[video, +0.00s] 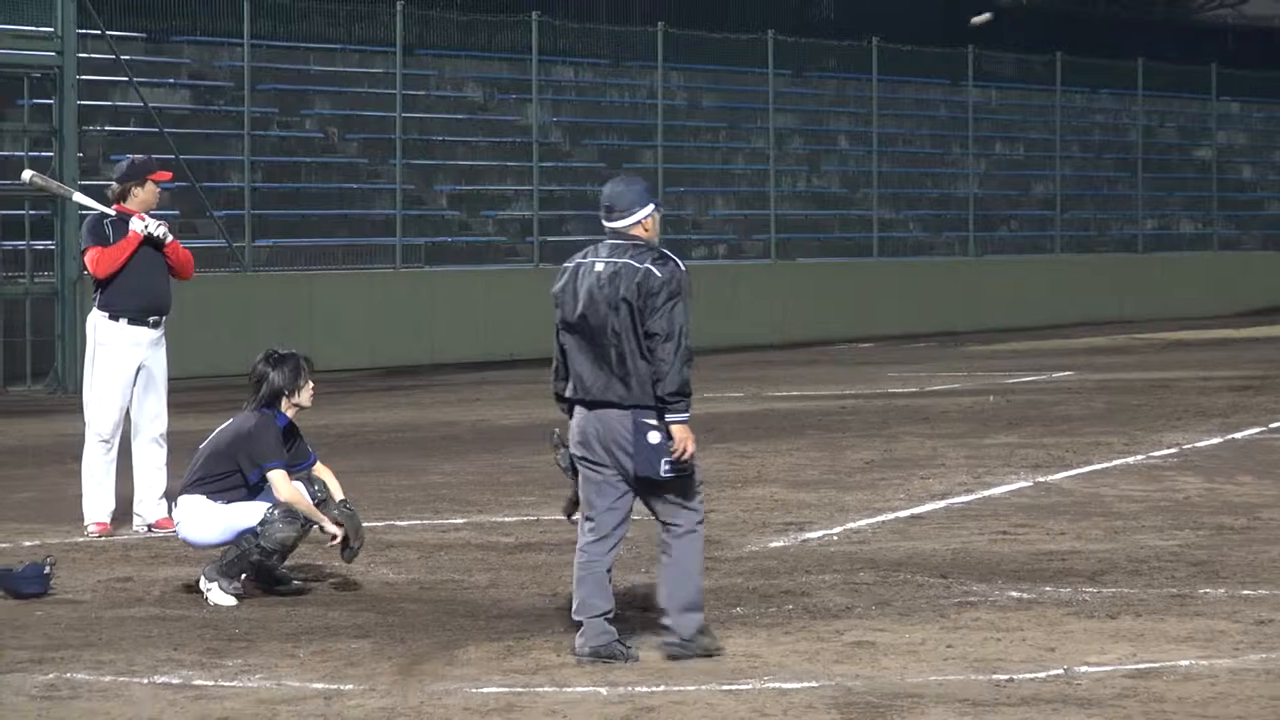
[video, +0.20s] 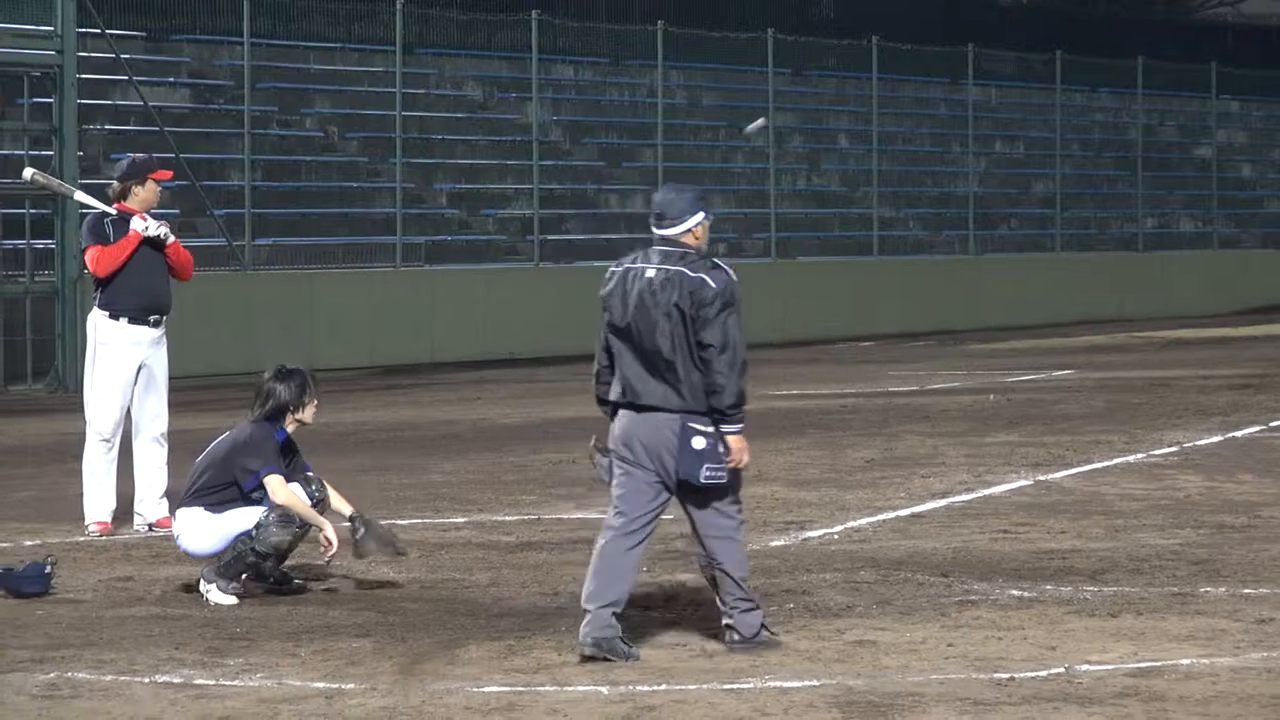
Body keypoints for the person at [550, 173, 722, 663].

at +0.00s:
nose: (658, 222)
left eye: (654, 215)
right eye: (654, 216)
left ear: (610, 220)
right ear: (643, 221)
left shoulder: (573, 269)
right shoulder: (660, 270)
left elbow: (564, 353)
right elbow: (668, 352)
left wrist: (569, 413)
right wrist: (678, 417)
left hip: (589, 417)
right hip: (644, 418)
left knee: (598, 527)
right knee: (681, 518)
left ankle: (593, 634)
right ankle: (685, 630)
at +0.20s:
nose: (707, 230)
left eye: (703, 223)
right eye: (703, 224)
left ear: (658, 227)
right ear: (692, 229)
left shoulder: (621, 273)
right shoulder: (709, 279)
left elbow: (608, 354)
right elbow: (722, 359)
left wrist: (612, 412)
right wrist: (733, 427)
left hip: (633, 419)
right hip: (693, 422)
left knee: (624, 525)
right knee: (721, 527)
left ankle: (598, 628)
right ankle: (744, 627)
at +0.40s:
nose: (750, 224)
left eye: (747, 217)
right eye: (748, 218)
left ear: (702, 220)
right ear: (738, 223)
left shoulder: (664, 265)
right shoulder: (759, 272)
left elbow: (648, 340)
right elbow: (783, 349)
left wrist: (650, 400)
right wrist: (798, 415)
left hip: (679, 411)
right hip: (738, 414)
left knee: (693, 508)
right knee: (751, 518)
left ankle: (652, 577)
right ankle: (746, 624)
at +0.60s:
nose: (783, 219)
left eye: (779, 212)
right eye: (780, 213)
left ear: (734, 215)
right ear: (770, 218)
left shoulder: (696, 260)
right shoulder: (793, 266)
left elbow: (679, 335)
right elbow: (821, 338)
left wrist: (683, 394)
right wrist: (841, 396)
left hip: (709, 403)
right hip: (763, 406)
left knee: (742, 508)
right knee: (760, 515)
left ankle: (742, 606)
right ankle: (746, 623)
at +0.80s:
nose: (808, 222)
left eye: (805, 215)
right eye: (806, 217)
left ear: (761, 219)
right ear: (797, 221)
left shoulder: (725, 266)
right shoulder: (819, 268)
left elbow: (711, 341)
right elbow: (843, 340)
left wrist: (712, 401)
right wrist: (858, 401)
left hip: (740, 405)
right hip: (792, 406)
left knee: (784, 509)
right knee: (777, 513)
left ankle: (813, 609)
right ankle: (745, 620)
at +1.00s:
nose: (832, 218)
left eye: (828, 211)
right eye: (830, 213)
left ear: (785, 214)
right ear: (822, 217)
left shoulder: (749, 263)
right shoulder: (845, 262)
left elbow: (739, 340)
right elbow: (866, 339)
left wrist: (743, 399)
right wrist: (876, 404)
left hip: (766, 403)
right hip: (821, 403)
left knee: (795, 512)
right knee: (839, 499)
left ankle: (813, 609)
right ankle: (782, 587)